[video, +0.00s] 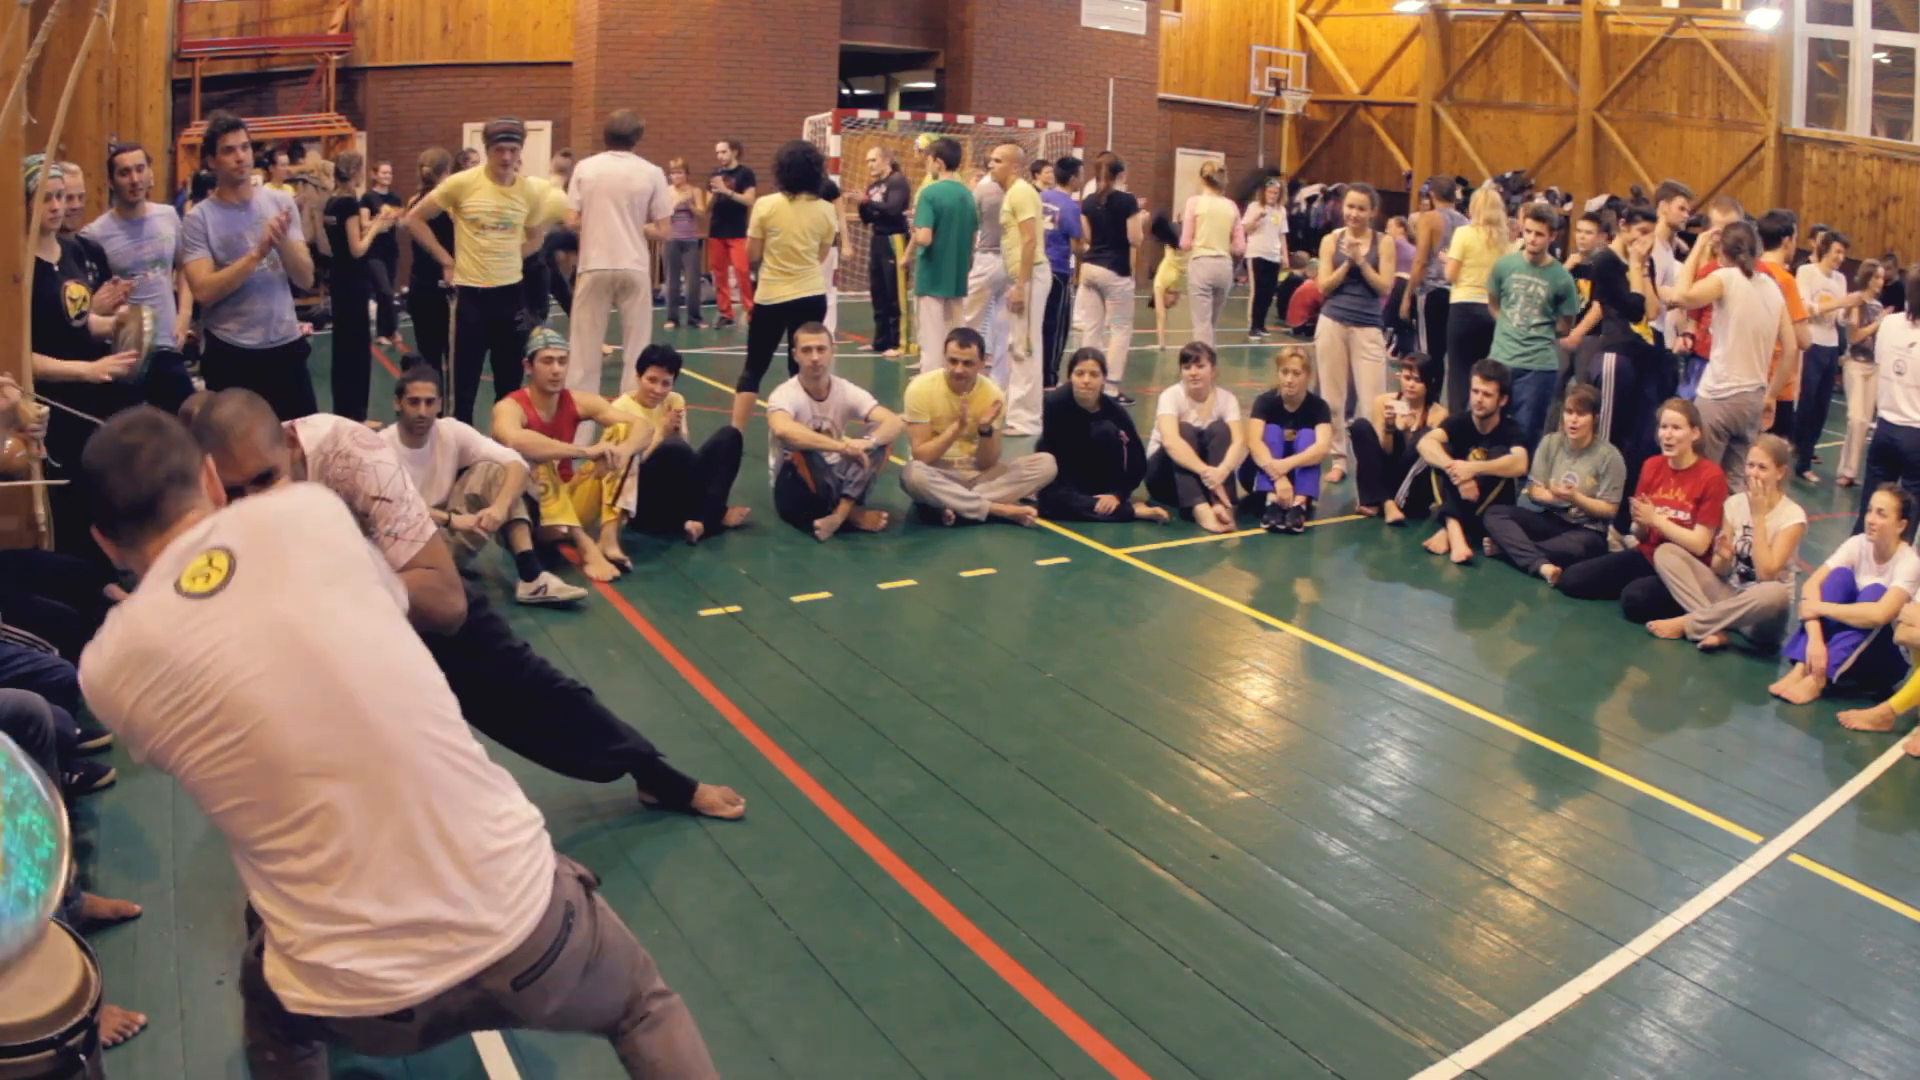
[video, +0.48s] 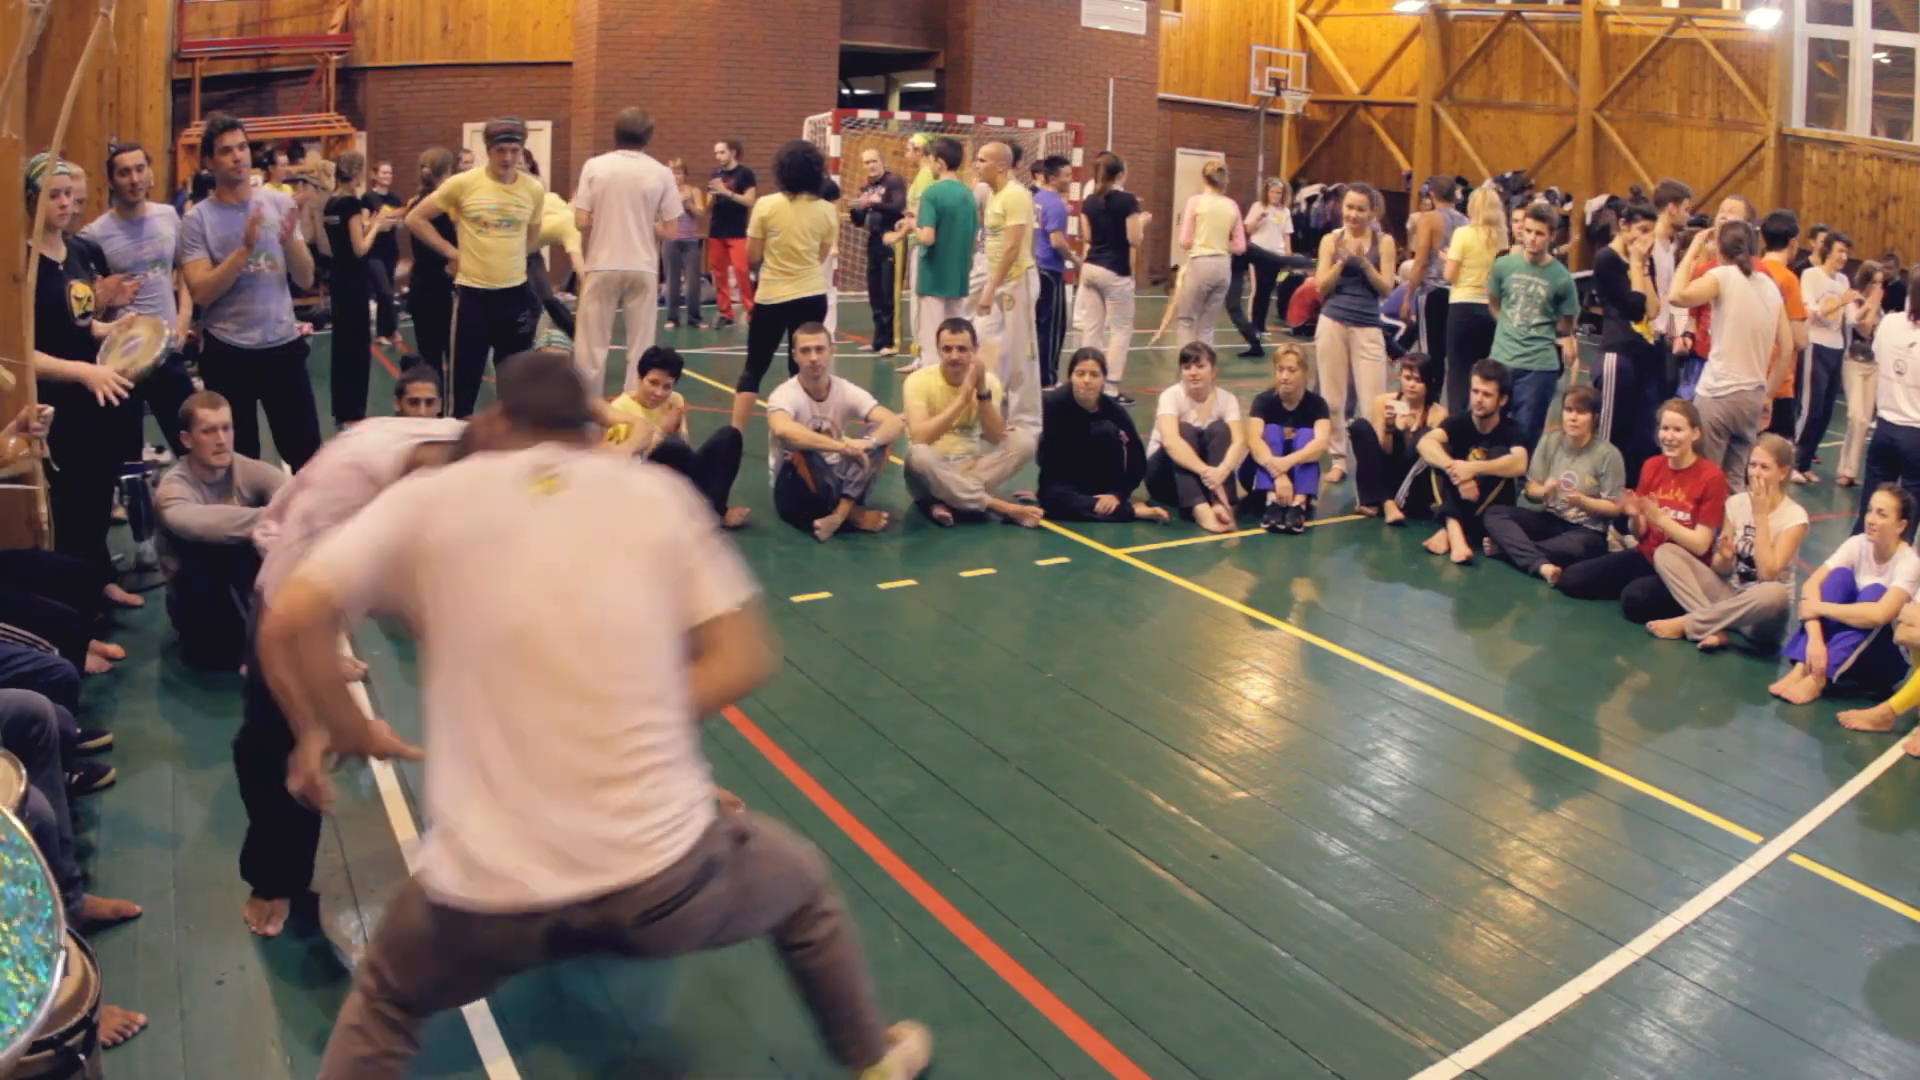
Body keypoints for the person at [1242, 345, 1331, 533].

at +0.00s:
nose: (1289, 379)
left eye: (1296, 374)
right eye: (1284, 373)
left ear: (1307, 376)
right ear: (1278, 374)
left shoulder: (1318, 406)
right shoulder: (1264, 402)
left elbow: (1322, 449)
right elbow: (1253, 442)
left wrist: (1284, 465)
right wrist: (1279, 478)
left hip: (1299, 481)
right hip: (1262, 478)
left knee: (1307, 435)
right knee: (1272, 430)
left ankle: (1300, 501)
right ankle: (1272, 500)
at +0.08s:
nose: (1289, 379)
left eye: (1296, 373)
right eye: (1284, 372)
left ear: (1307, 376)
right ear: (1278, 373)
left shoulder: (1318, 405)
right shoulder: (1265, 401)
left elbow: (1323, 447)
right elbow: (1253, 441)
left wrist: (1284, 464)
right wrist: (1279, 478)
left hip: (1299, 481)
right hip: (1262, 477)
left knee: (1307, 434)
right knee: (1272, 430)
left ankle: (1300, 501)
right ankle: (1272, 500)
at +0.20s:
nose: (1289, 377)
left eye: (1295, 372)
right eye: (1284, 371)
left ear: (1307, 375)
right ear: (1277, 373)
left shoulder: (1318, 405)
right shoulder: (1264, 401)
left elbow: (1322, 446)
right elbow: (1254, 440)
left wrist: (1285, 463)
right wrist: (1279, 477)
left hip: (1299, 481)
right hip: (1262, 477)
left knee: (1307, 434)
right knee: (1273, 430)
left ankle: (1300, 501)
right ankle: (1272, 500)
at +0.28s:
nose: (1288, 377)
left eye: (1294, 372)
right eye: (1283, 371)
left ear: (1306, 374)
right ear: (1277, 372)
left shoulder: (1317, 404)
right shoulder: (1264, 401)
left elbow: (1322, 444)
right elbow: (1254, 440)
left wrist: (1286, 462)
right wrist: (1279, 476)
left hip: (1299, 481)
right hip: (1263, 477)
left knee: (1305, 434)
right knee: (1273, 431)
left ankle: (1299, 501)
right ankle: (1273, 499)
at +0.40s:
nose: (1286, 376)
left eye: (1293, 371)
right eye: (1282, 370)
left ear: (1305, 374)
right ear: (1276, 372)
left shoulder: (1317, 403)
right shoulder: (1263, 401)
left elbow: (1322, 443)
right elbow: (1253, 439)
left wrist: (1286, 461)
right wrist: (1279, 475)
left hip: (1299, 481)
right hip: (1262, 477)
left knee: (1306, 434)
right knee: (1273, 430)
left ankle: (1299, 501)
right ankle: (1272, 499)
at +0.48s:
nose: (1285, 376)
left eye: (1292, 371)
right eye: (1280, 370)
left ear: (1304, 373)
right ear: (1275, 372)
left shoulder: (1317, 404)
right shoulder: (1263, 401)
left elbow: (1322, 444)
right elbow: (1253, 439)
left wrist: (1286, 462)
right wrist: (1279, 476)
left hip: (1299, 481)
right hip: (1262, 477)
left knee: (1306, 434)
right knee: (1272, 430)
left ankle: (1299, 501)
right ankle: (1273, 499)